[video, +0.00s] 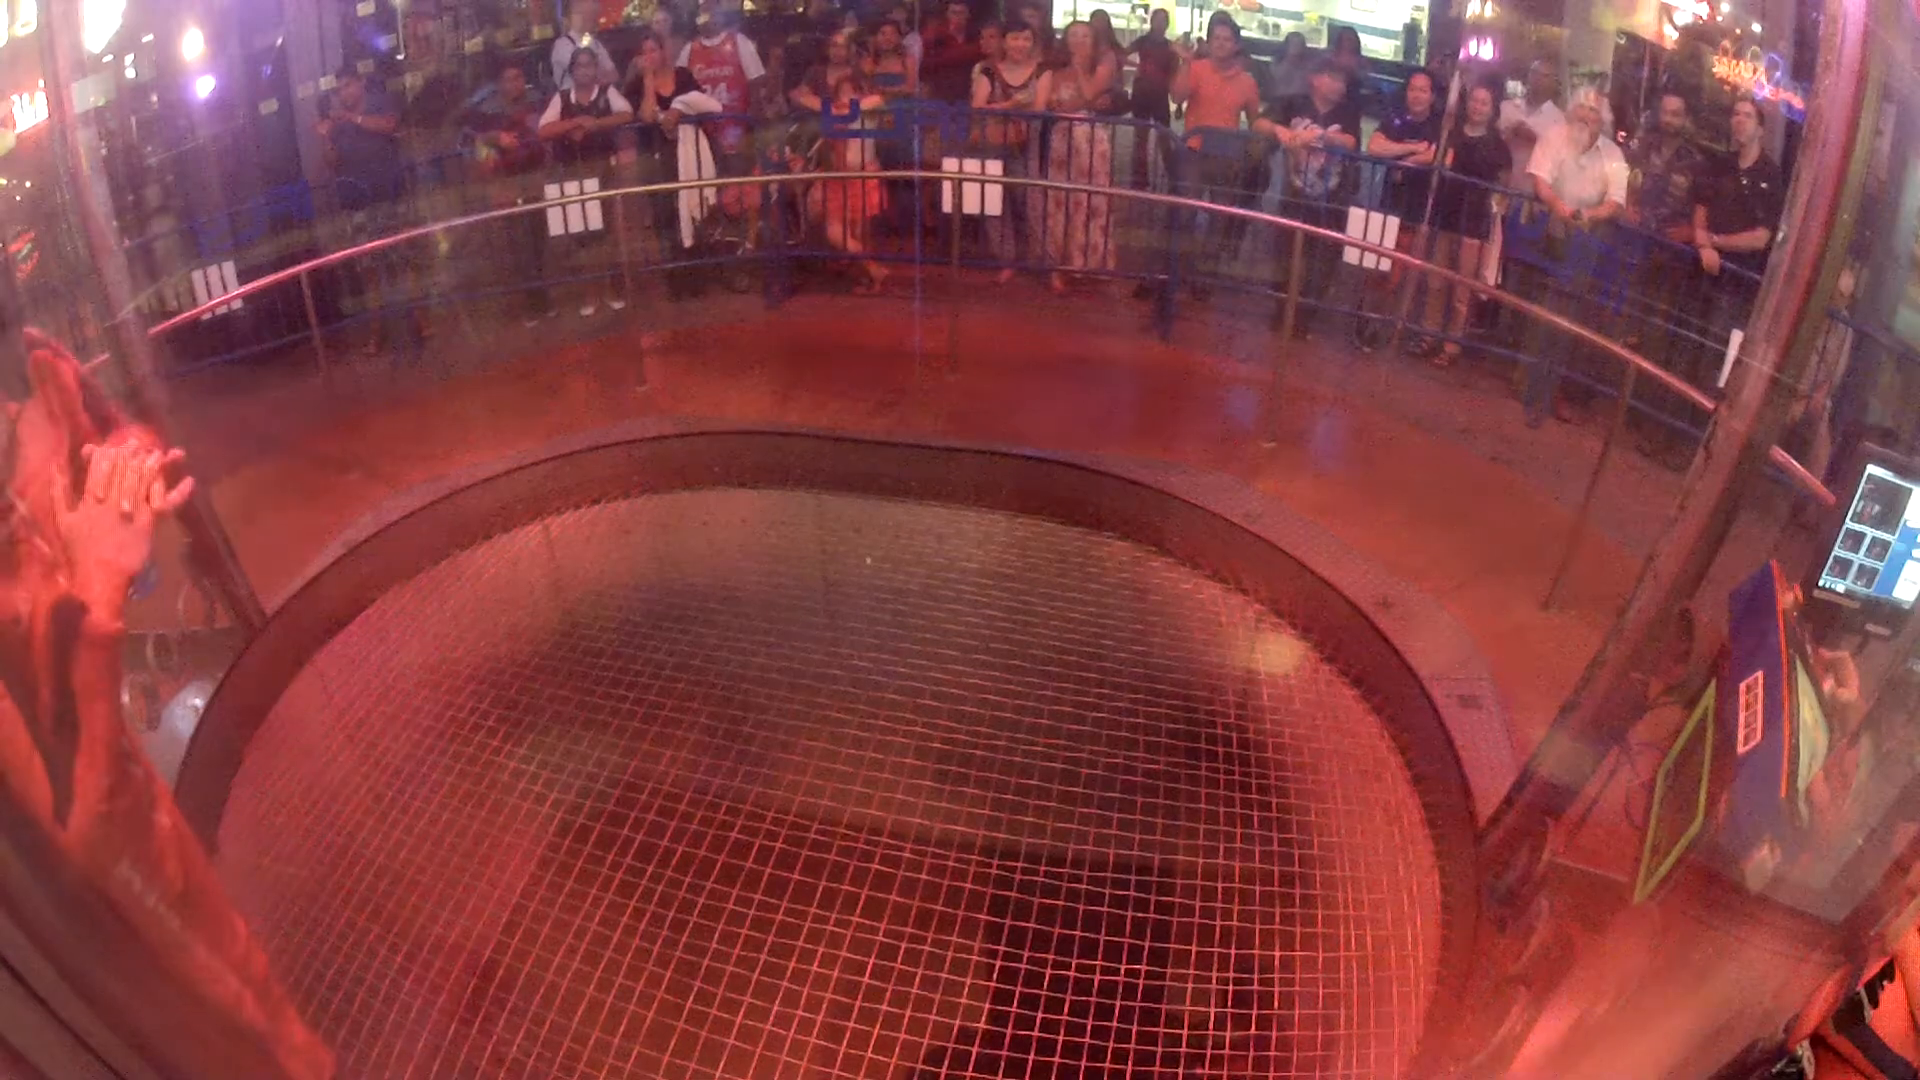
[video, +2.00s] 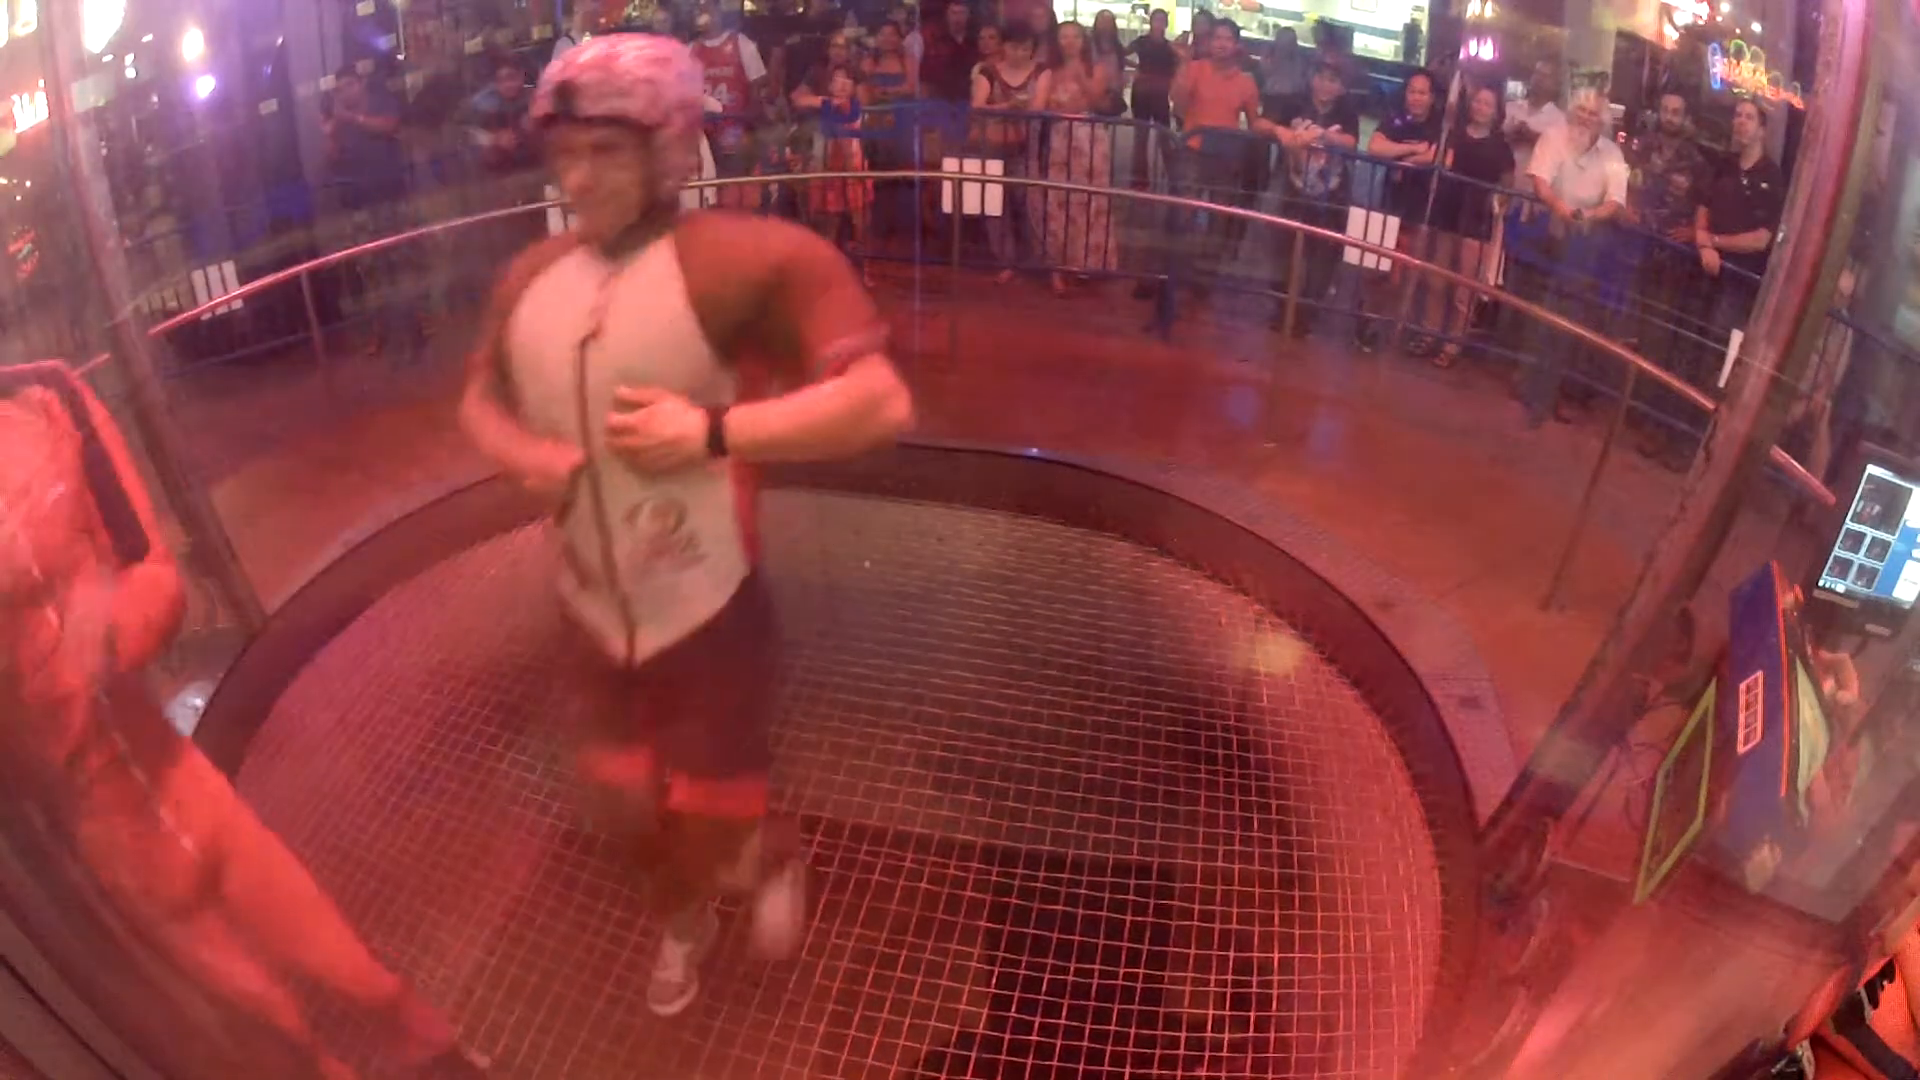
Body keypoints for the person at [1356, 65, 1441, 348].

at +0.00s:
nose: (1417, 95)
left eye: (1423, 90)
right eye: (1413, 89)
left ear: (1433, 97)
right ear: (1405, 93)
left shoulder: (1439, 127)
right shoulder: (1394, 120)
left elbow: (1438, 158)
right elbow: (1374, 147)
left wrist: (1400, 158)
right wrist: (1416, 148)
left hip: (1422, 212)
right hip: (1390, 207)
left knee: (1410, 273)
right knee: (1378, 268)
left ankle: (1398, 327)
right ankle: (1365, 320)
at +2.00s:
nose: (1416, 98)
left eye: (1422, 93)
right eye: (1412, 91)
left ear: (1432, 99)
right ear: (1404, 95)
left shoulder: (1439, 129)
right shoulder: (1394, 122)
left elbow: (1439, 159)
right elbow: (1375, 147)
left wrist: (1403, 158)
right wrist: (1416, 148)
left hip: (1422, 213)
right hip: (1390, 209)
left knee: (1408, 275)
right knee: (1378, 269)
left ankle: (1397, 326)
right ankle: (1368, 319)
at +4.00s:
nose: (1418, 99)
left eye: (1424, 94)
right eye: (1413, 93)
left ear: (1433, 99)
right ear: (1405, 95)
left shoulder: (1438, 129)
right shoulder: (1395, 121)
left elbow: (1440, 159)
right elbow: (1376, 148)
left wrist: (1404, 158)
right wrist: (1416, 149)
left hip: (1421, 214)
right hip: (1390, 210)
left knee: (1407, 276)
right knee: (1381, 272)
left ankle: (1396, 327)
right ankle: (1369, 321)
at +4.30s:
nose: (1419, 99)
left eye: (1425, 94)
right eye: (1414, 93)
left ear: (1433, 99)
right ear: (1405, 95)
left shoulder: (1438, 129)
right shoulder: (1395, 121)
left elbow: (1440, 159)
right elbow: (1375, 148)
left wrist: (1404, 158)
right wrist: (1416, 149)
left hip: (1421, 214)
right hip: (1390, 210)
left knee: (1407, 276)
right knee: (1380, 271)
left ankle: (1395, 326)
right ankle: (1369, 321)